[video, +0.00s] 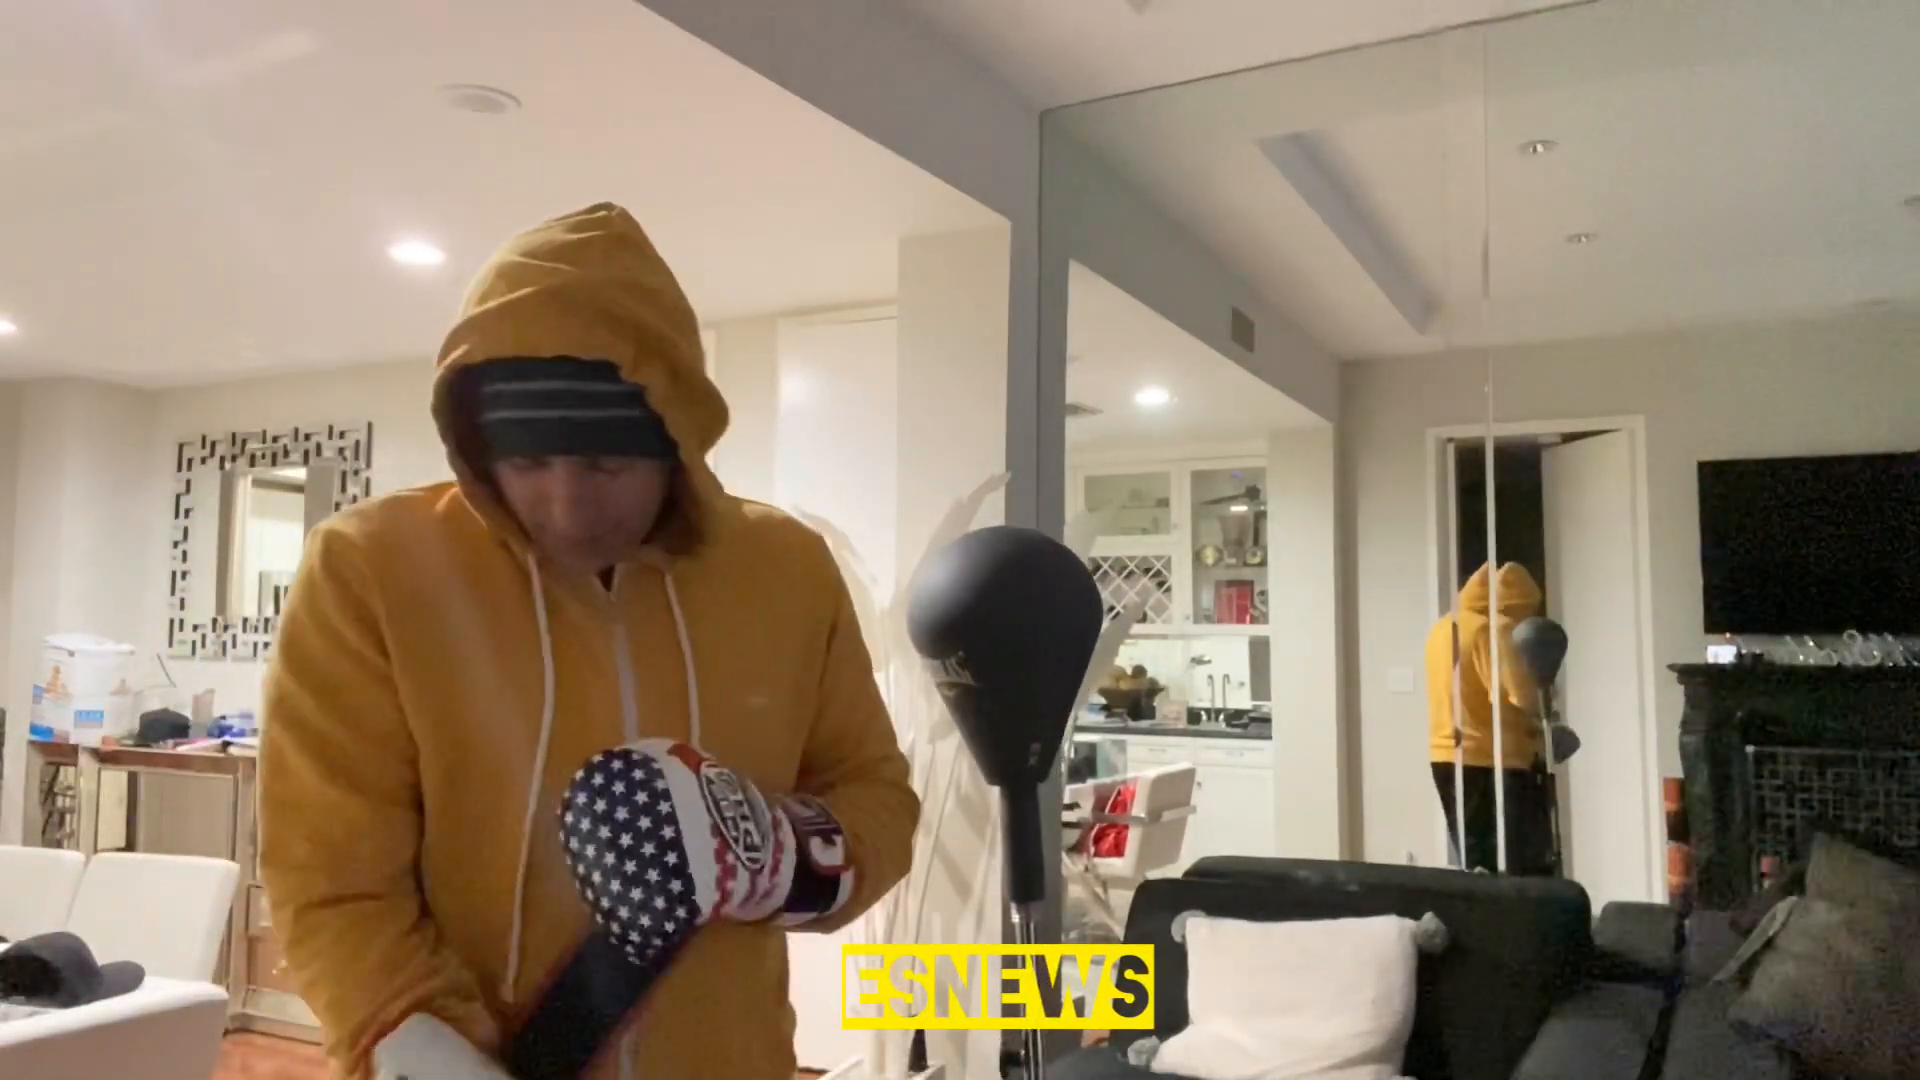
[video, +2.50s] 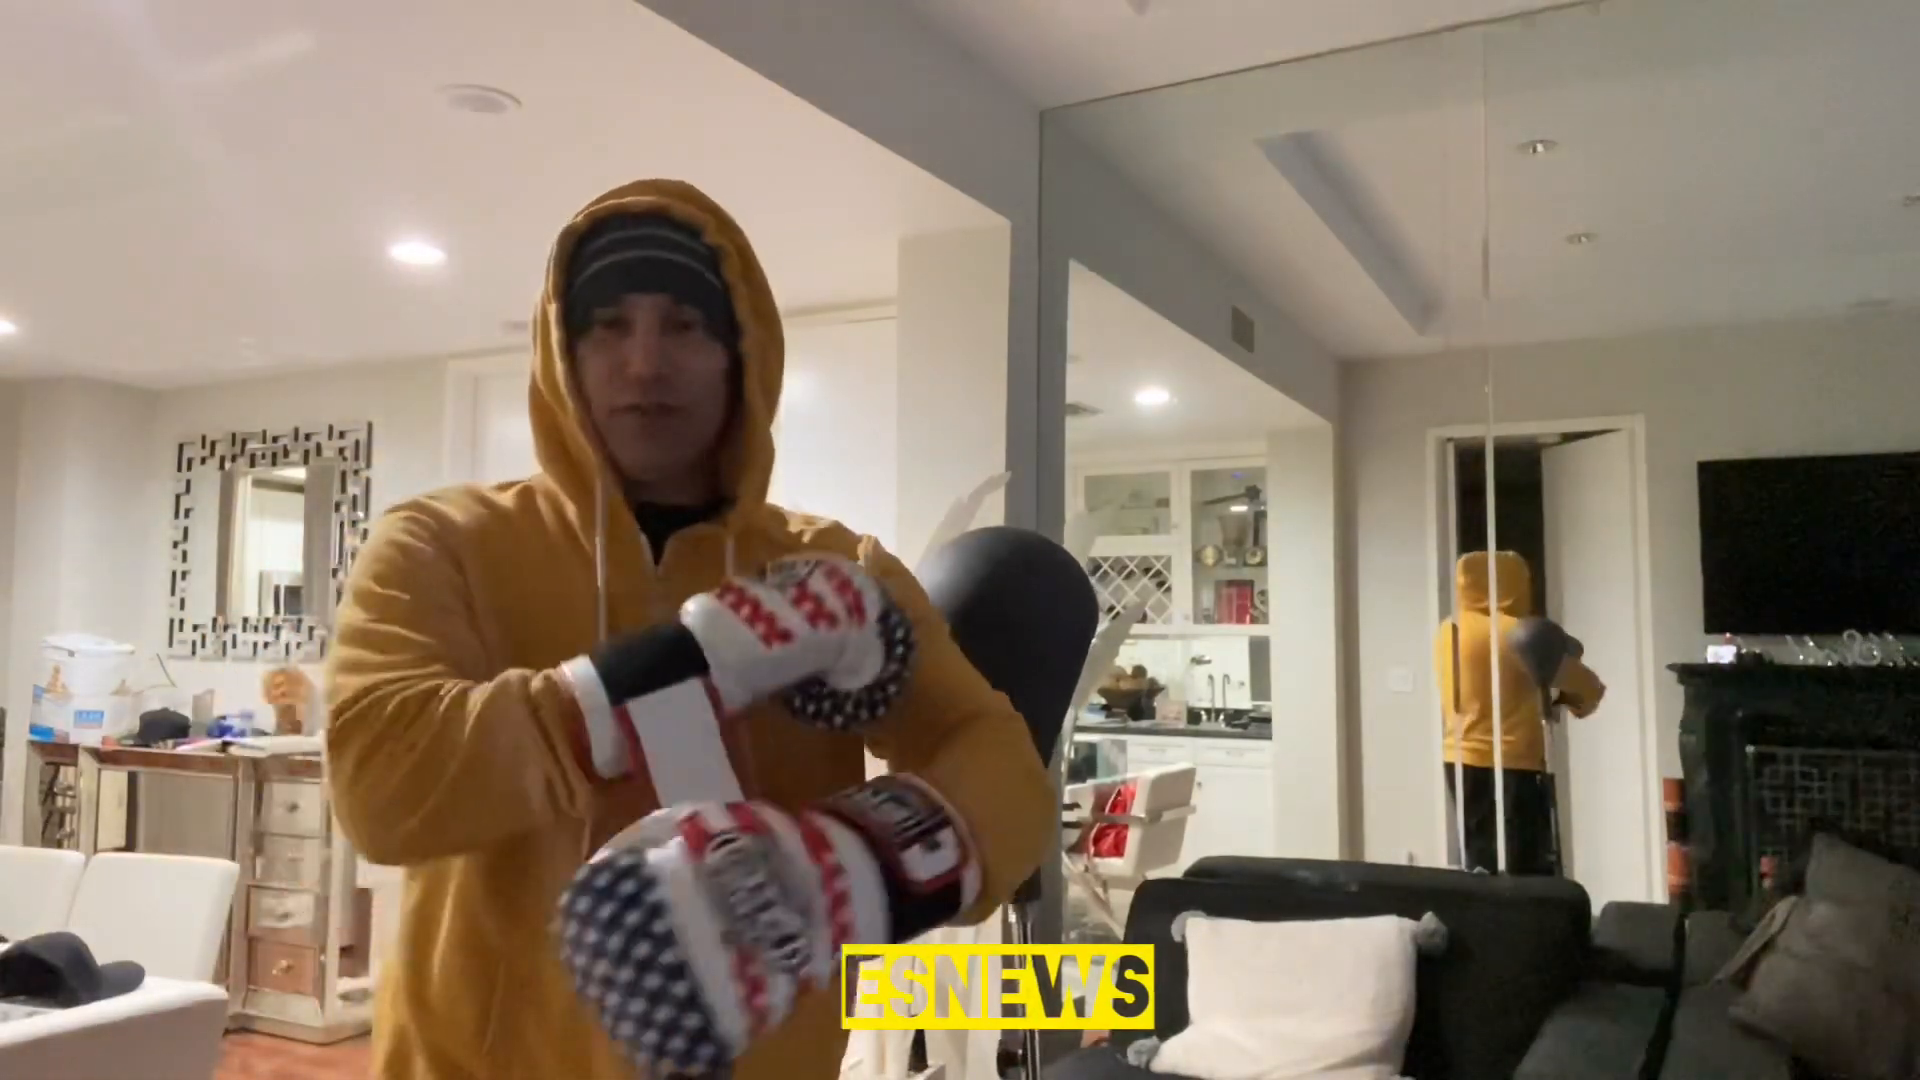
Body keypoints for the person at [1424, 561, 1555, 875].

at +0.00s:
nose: (1527, 617)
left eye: (1530, 609)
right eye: (1527, 608)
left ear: (1479, 591)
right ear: (1512, 601)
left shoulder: (1442, 629)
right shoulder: (1491, 629)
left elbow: (1450, 699)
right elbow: (1524, 695)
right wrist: (1544, 700)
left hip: (1449, 764)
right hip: (1495, 765)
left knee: (1473, 861)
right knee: (1521, 863)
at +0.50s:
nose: (1538, 616)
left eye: (1538, 610)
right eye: (1538, 608)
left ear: (1489, 589)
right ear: (1530, 599)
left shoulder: (1450, 631)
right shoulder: (1513, 627)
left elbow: (1451, 692)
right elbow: (1535, 687)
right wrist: (1564, 676)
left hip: (1459, 761)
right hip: (1510, 764)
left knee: (1476, 856)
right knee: (1526, 859)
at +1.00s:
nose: (1543, 613)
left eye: (1544, 606)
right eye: (1542, 605)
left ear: (1494, 590)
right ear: (1533, 599)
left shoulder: (1454, 631)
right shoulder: (1526, 632)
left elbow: (1451, 697)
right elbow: (1556, 701)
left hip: (1463, 764)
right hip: (1516, 767)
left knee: (1477, 858)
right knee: (1527, 863)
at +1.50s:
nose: (1543, 605)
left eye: (1543, 598)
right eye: (1541, 597)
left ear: (1484, 589)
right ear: (1531, 594)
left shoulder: (1453, 633)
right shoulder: (1526, 631)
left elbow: (1452, 697)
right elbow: (1560, 692)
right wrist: (1590, 689)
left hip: (1465, 767)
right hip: (1519, 769)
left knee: (1478, 867)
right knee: (1529, 870)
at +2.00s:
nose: (1542, 600)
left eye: (1541, 593)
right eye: (1539, 591)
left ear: (1481, 585)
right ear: (1527, 591)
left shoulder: (1453, 631)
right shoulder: (1523, 631)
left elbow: (1453, 692)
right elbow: (1552, 693)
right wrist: (1577, 677)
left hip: (1465, 762)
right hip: (1518, 765)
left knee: (1477, 851)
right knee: (1527, 854)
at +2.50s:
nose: (1527, 590)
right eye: (1522, 584)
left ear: (1466, 587)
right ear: (1513, 587)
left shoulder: (1446, 634)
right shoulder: (1525, 635)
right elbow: (1589, 690)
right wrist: (1566, 701)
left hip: (1461, 764)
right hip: (1518, 767)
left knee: (1476, 859)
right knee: (1527, 864)